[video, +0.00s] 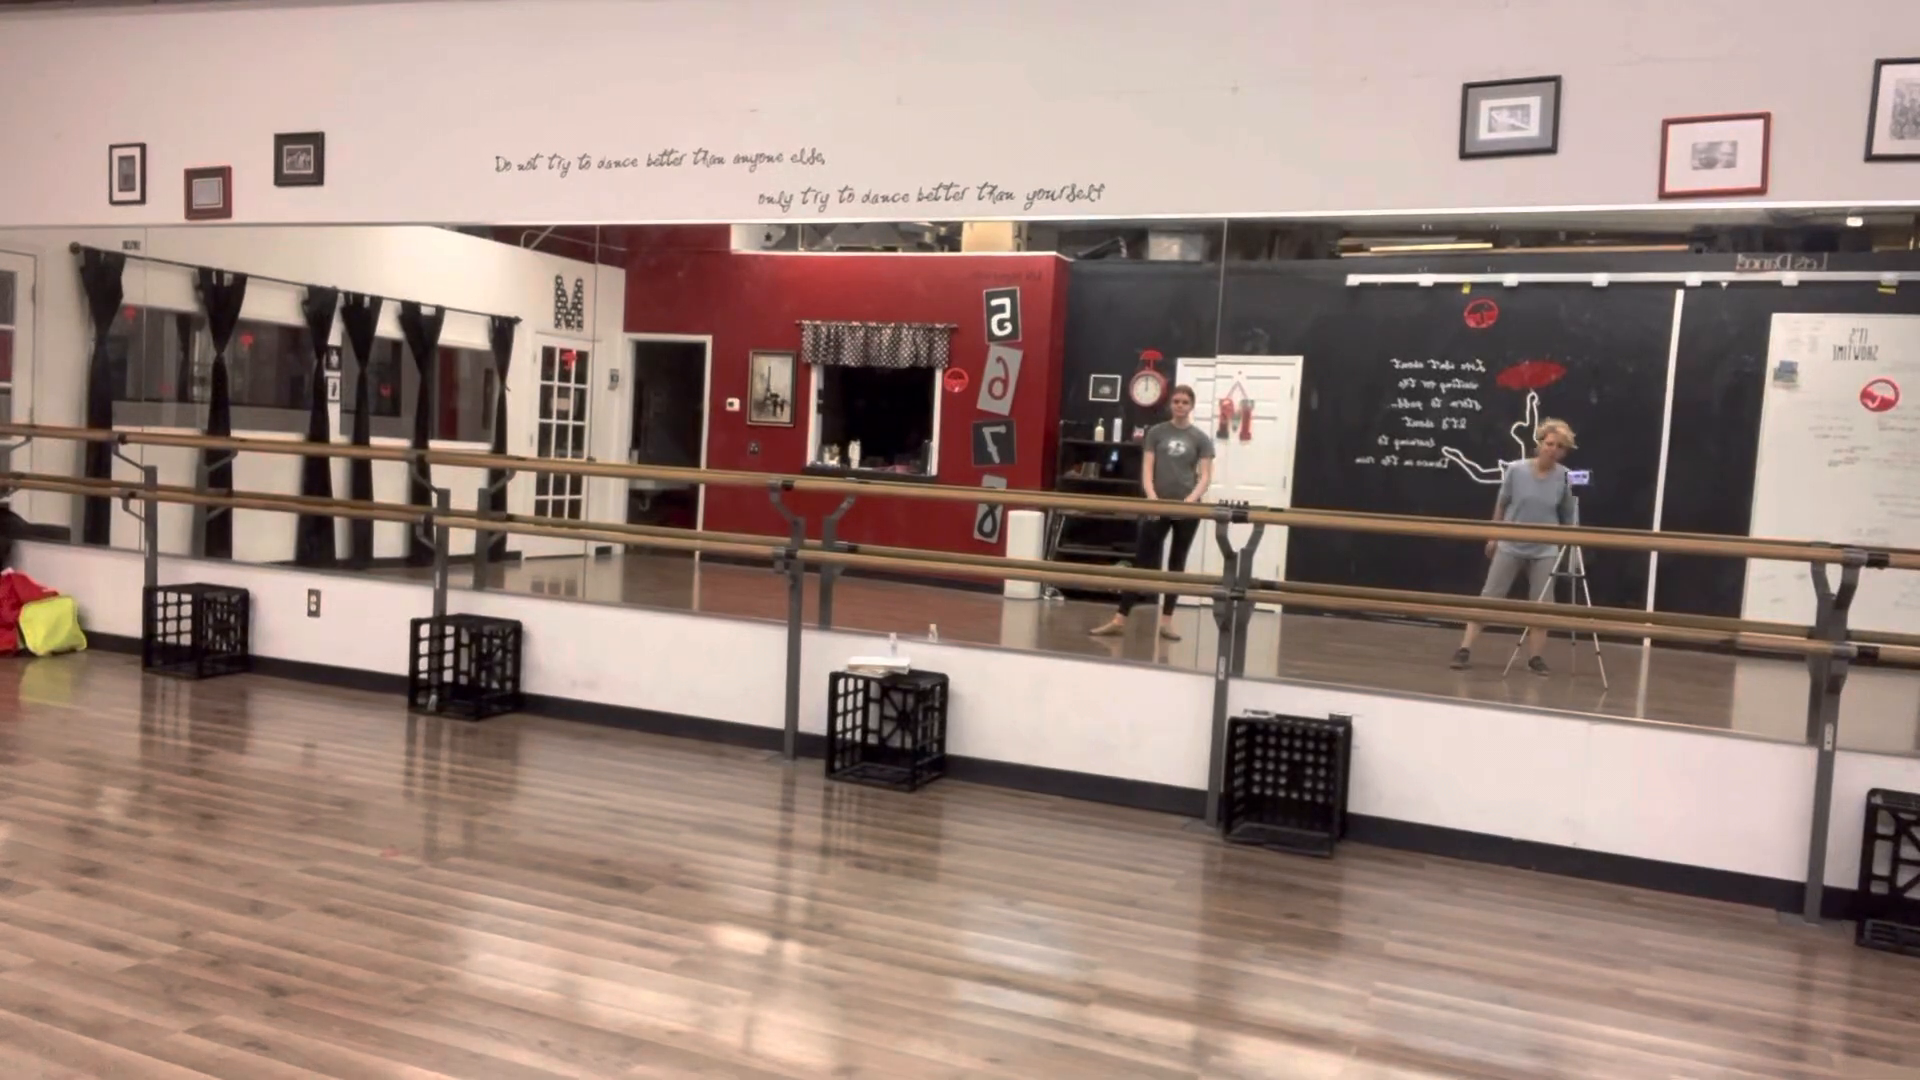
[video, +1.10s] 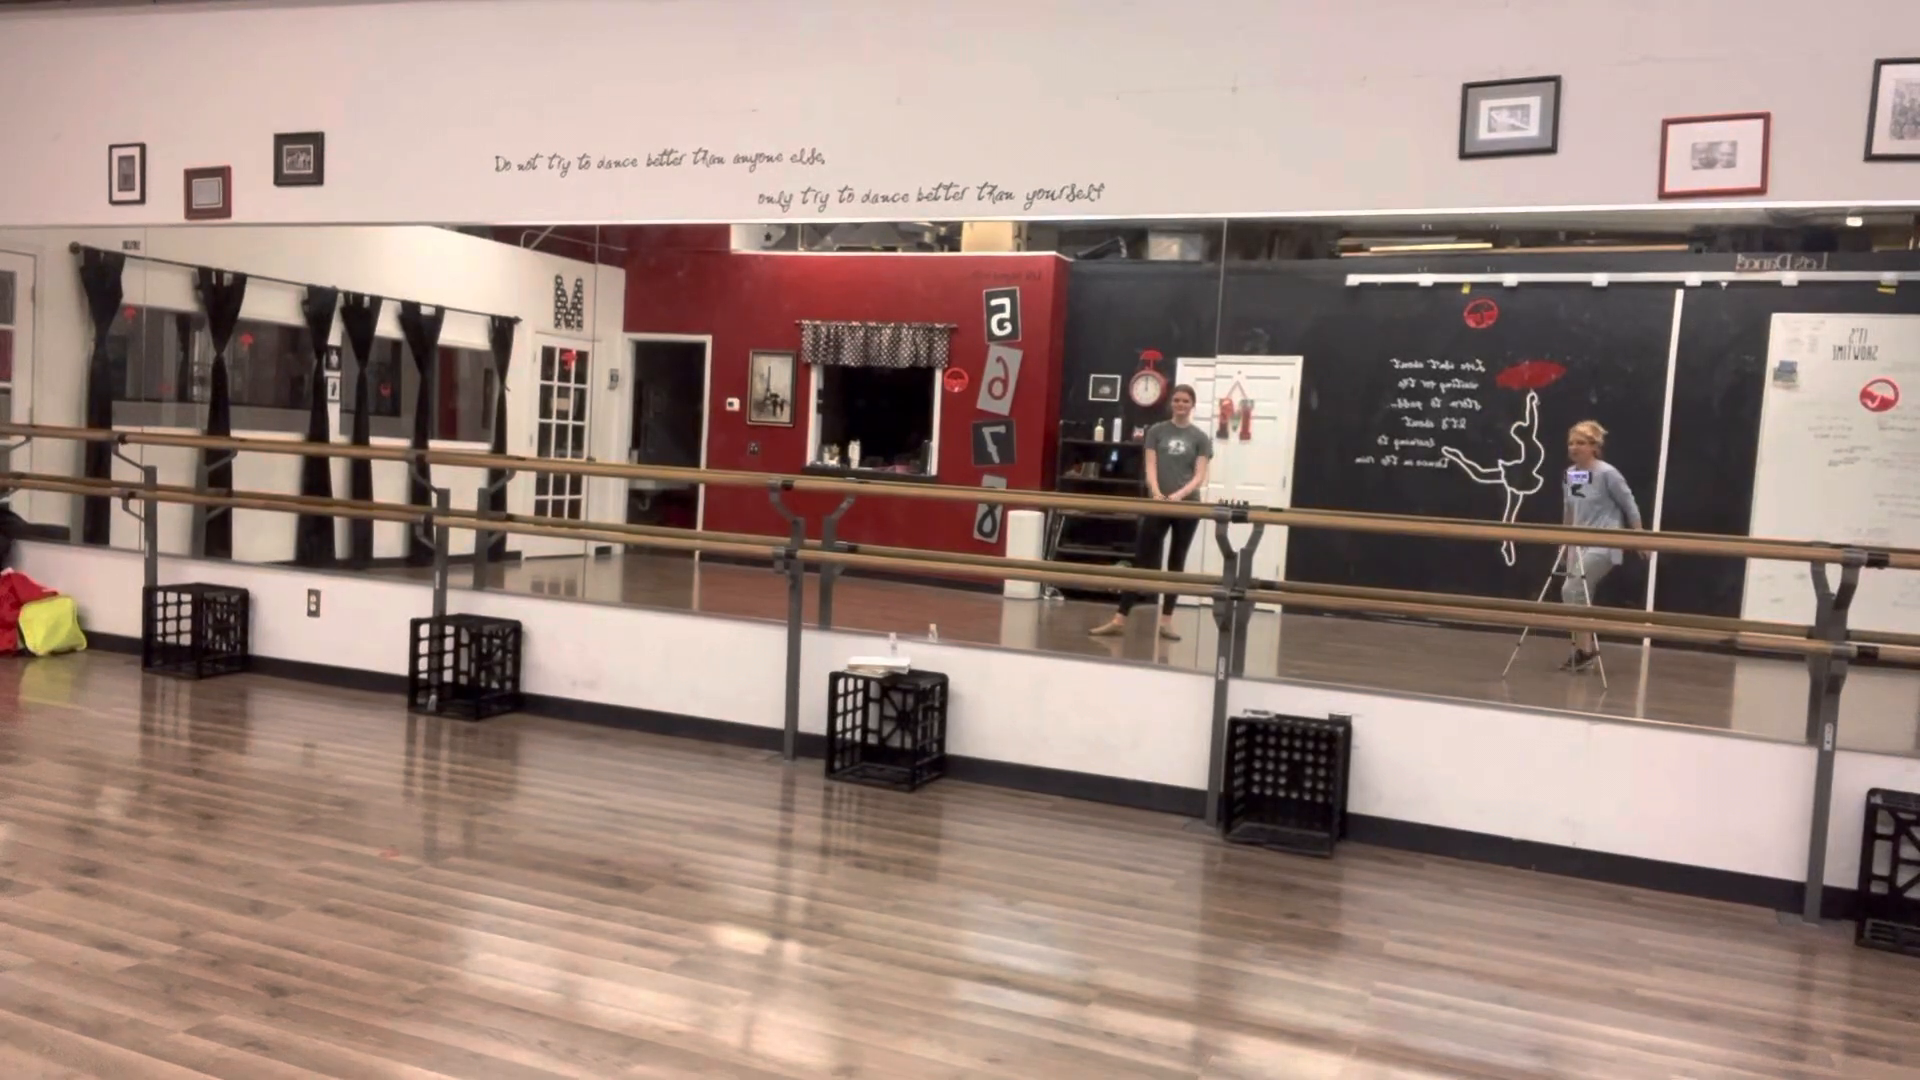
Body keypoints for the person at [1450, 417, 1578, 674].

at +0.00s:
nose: (1553, 451)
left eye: (1560, 447)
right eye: (1550, 444)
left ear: (1565, 452)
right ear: (1539, 444)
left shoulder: (1563, 477)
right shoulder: (1516, 469)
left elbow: (1569, 512)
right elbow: (1501, 502)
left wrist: (1572, 543)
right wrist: (1494, 534)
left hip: (1546, 548)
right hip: (1511, 543)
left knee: (1542, 604)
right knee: (1489, 596)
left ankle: (1536, 655)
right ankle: (1465, 648)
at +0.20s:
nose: (1564, 446)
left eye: (1571, 443)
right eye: (1561, 439)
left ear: (1578, 450)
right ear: (1552, 441)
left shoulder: (1579, 477)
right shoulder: (1528, 466)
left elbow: (1585, 517)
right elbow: (1514, 500)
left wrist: (1585, 547)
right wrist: (1506, 530)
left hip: (1557, 549)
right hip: (1522, 543)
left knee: (1546, 603)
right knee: (1508, 597)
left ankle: (1536, 654)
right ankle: (1504, 646)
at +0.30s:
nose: (1563, 442)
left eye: (1570, 439)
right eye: (1561, 436)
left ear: (1579, 448)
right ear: (1554, 439)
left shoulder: (1581, 476)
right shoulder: (1534, 465)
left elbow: (1588, 516)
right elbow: (1519, 502)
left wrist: (1588, 548)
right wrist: (1509, 533)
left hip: (1560, 547)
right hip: (1526, 542)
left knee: (1547, 602)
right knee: (1518, 597)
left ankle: (1537, 653)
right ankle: (1527, 639)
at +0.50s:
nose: (1561, 440)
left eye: (1569, 437)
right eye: (1560, 435)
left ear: (1580, 445)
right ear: (1555, 439)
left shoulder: (1586, 475)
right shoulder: (1541, 469)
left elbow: (1595, 514)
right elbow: (1530, 504)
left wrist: (1595, 547)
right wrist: (1522, 531)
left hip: (1567, 549)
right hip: (1538, 546)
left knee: (1548, 602)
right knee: (1541, 603)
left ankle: (1535, 654)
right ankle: (1568, 642)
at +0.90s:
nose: (1564, 448)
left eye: (1570, 443)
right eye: (1562, 443)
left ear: (1585, 446)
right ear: (1559, 447)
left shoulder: (1600, 474)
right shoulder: (1562, 477)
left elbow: (1623, 506)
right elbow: (1560, 517)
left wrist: (1636, 539)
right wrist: (1554, 548)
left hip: (1593, 547)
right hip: (1569, 545)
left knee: (1559, 594)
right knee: (1574, 600)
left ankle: (1542, 649)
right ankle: (1583, 653)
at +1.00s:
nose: (1567, 448)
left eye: (1573, 443)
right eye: (1565, 443)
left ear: (1588, 447)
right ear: (1564, 447)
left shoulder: (1604, 473)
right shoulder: (1565, 476)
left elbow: (1627, 504)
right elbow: (1564, 515)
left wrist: (1639, 538)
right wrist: (1559, 546)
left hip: (1599, 544)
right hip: (1573, 544)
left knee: (1563, 590)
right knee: (1576, 597)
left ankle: (1561, 648)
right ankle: (1584, 652)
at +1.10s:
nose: (1573, 447)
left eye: (1580, 443)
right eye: (1571, 443)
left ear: (1594, 447)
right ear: (1569, 446)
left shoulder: (1608, 473)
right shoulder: (1570, 474)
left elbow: (1630, 504)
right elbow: (1569, 511)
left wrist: (1640, 538)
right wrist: (1565, 540)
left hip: (1604, 543)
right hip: (1578, 543)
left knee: (1571, 590)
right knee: (1577, 595)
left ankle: (1586, 647)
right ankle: (1584, 649)